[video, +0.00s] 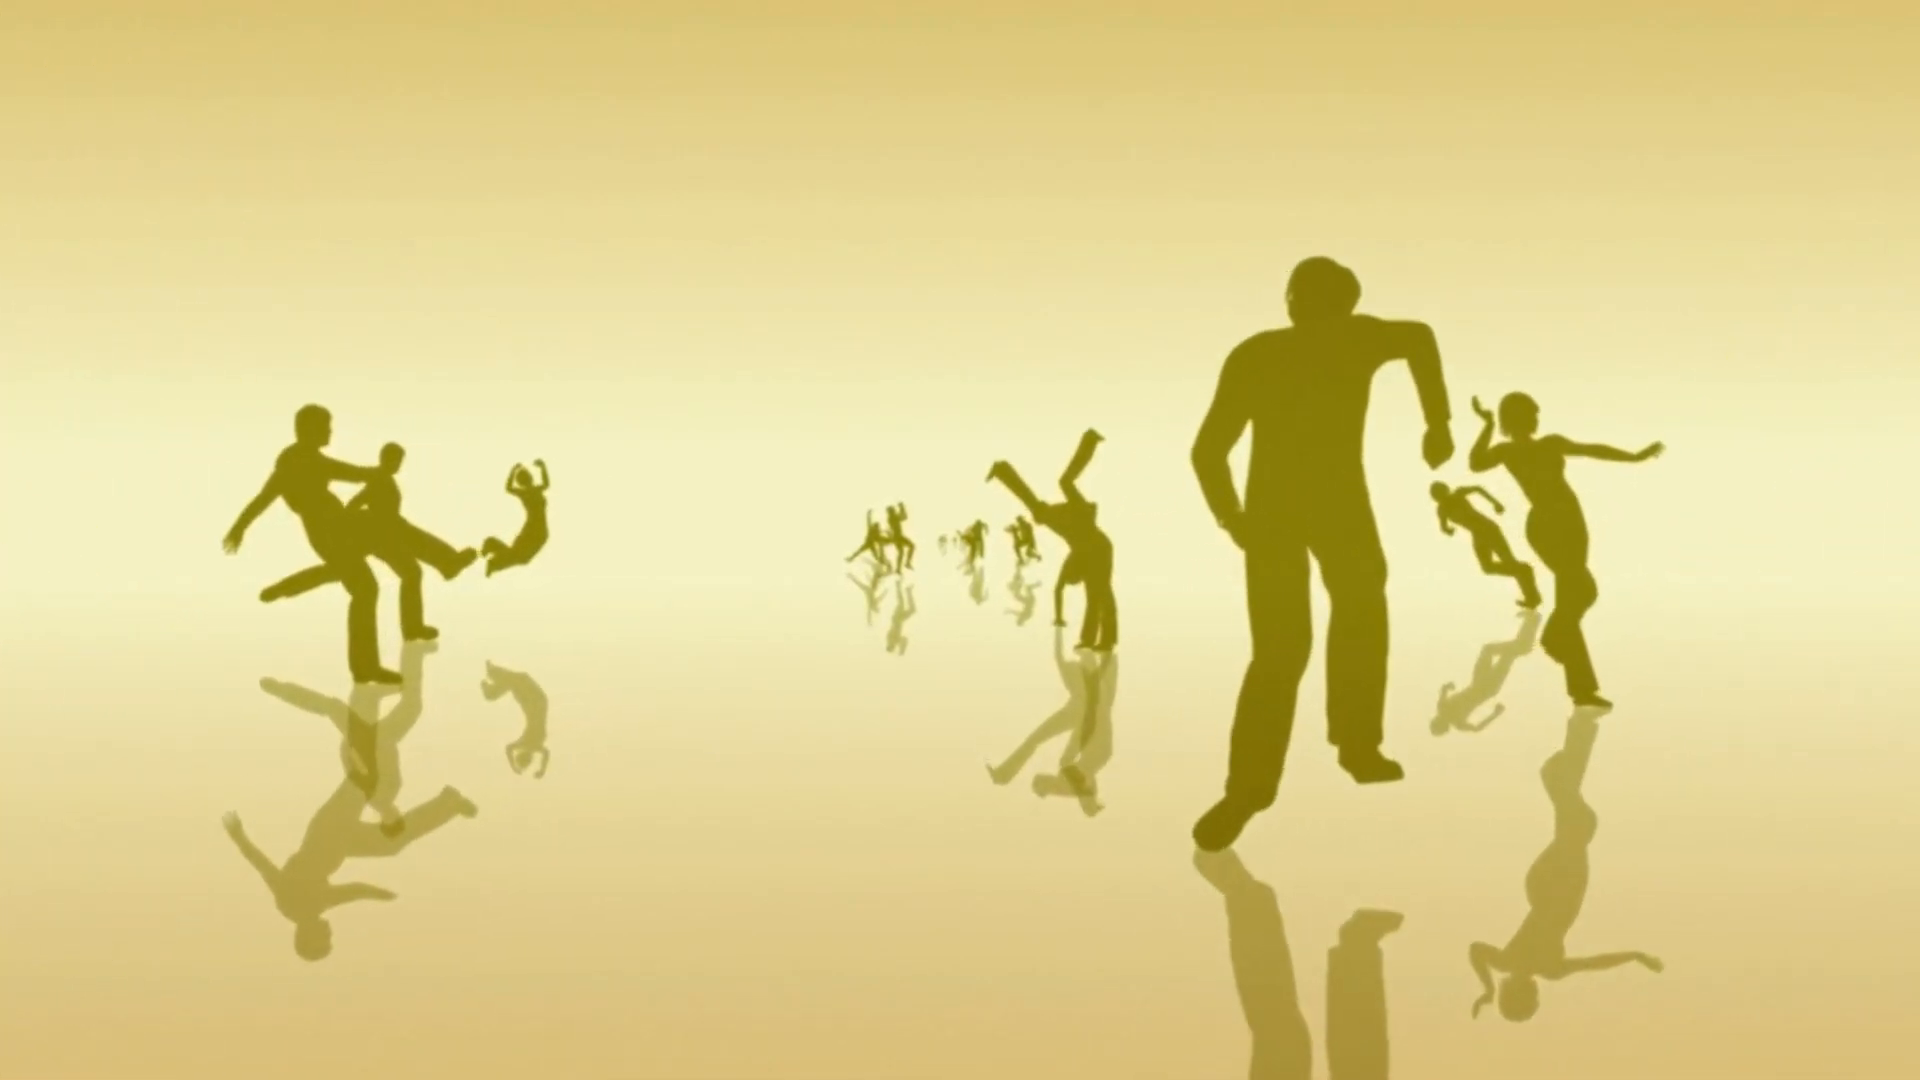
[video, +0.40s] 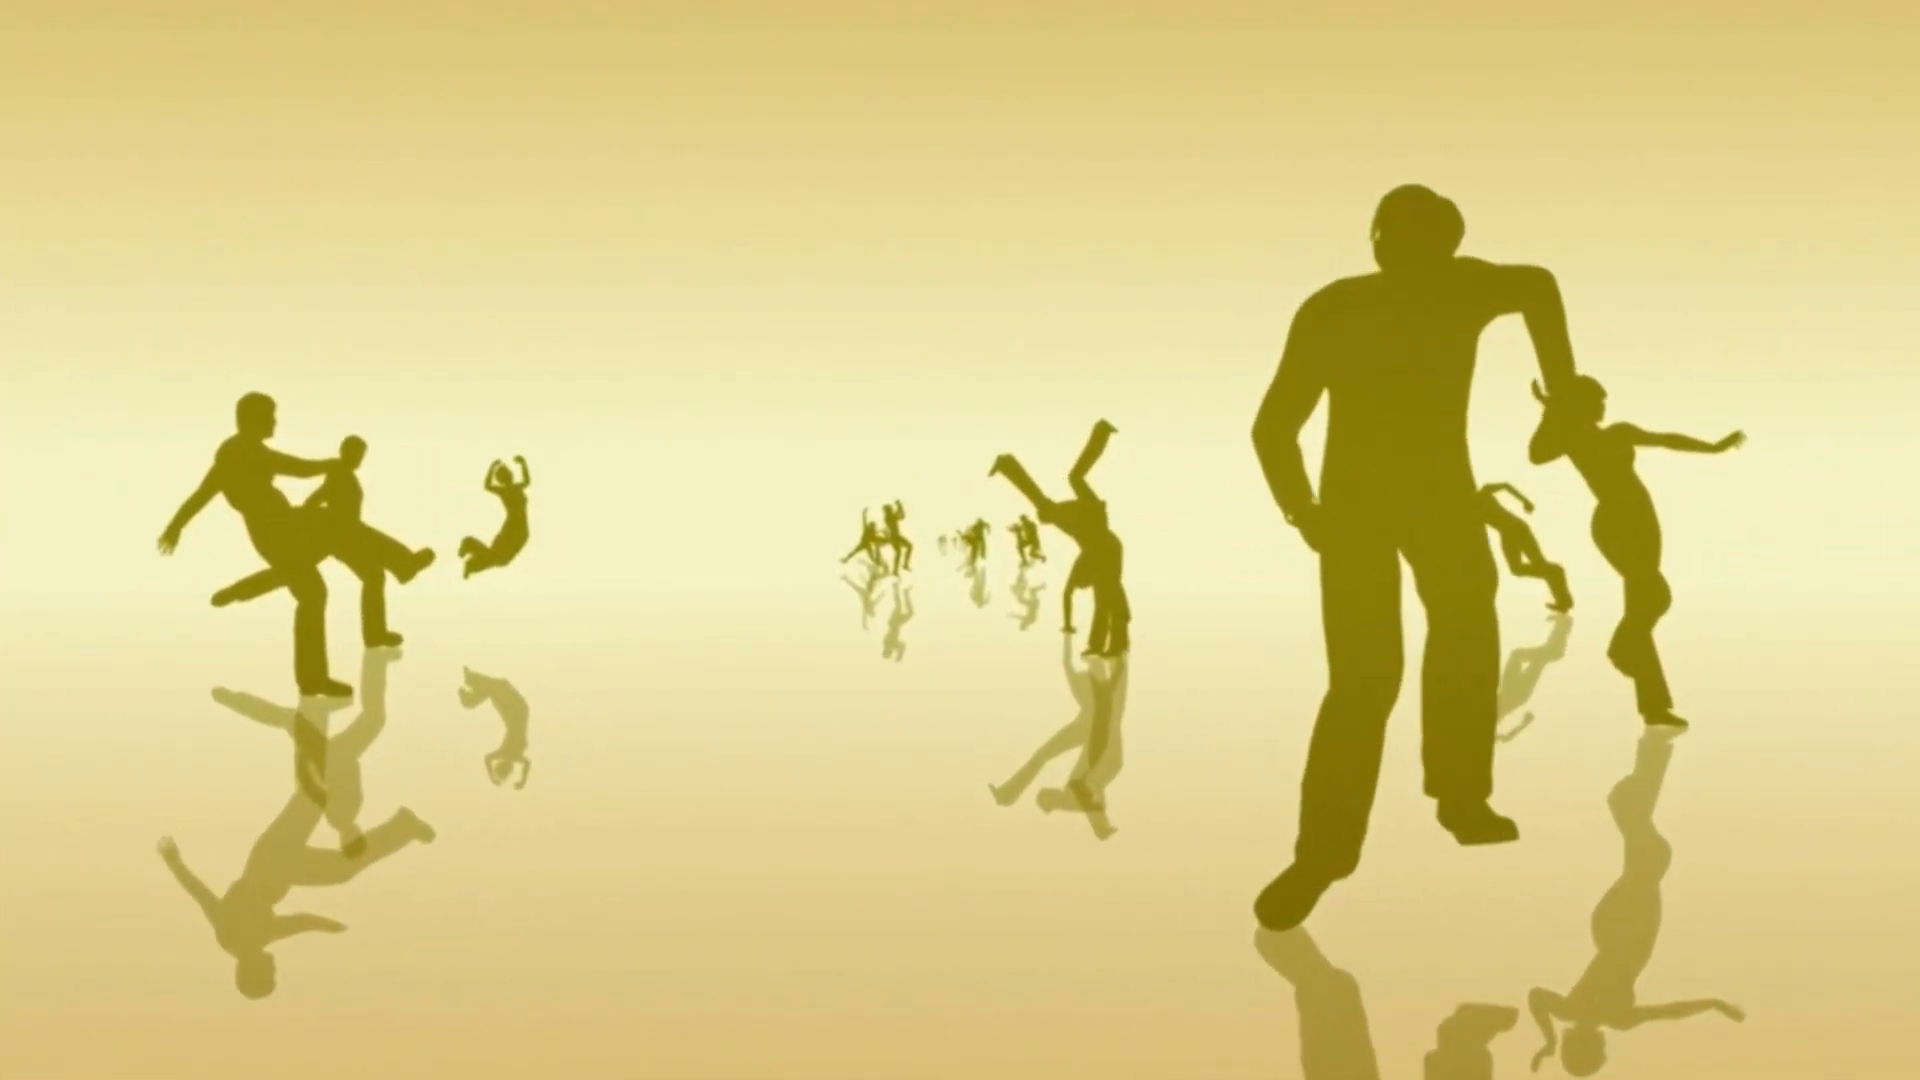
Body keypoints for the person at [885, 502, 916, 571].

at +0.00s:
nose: (894, 512)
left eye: (893, 510)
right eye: (893, 510)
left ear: (890, 512)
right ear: (892, 511)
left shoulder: (893, 518)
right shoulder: (894, 518)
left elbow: (903, 517)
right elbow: (904, 517)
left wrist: (901, 508)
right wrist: (902, 508)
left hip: (897, 536)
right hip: (898, 536)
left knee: (900, 552)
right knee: (911, 545)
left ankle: (898, 569)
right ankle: (908, 563)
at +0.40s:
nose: (891, 510)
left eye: (890, 509)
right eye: (890, 509)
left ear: (887, 510)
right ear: (889, 510)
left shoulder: (890, 517)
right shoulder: (890, 517)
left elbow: (901, 516)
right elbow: (901, 516)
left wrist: (899, 506)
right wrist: (899, 506)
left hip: (895, 536)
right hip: (894, 536)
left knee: (909, 546)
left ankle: (906, 564)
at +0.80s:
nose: (887, 509)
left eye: (886, 507)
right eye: (885, 507)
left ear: (885, 508)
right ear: (884, 508)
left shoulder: (887, 515)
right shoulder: (886, 516)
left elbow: (898, 515)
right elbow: (898, 515)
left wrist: (896, 505)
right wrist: (896, 505)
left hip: (893, 535)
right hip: (891, 536)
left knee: (907, 546)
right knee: (895, 552)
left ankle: (903, 565)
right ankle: (892, 572)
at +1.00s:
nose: (885, 508)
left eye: (884, 507)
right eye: (884, 507)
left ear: (882, 507)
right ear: (883, 507)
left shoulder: (885, 514)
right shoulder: (885, 515)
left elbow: (896, 514)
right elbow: (897, 514)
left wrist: (895, 504)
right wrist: (895, 503)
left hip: (890, 535)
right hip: (890, 536)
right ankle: (902, 566)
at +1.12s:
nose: (884, 508)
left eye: (883, 506)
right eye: (883, 506)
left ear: (881, 507)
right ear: (883, 507)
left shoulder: (883, 514)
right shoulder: (884, 515)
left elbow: (895, 514)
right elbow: (897, 514)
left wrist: (894, 503)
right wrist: (895, 503)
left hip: (889, 536)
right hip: (889, 536)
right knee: (905, 546)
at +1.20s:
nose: (883, 507)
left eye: (882, 506)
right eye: (882, 506)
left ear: (879, 507)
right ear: (881, 506)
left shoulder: (883, 513)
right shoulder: (883, 514)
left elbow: (893, 512)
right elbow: (896, 513)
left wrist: (893, 503)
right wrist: (894, 502)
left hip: (889, 535)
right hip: (888, 536)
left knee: (904, 546)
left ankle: (901, 567)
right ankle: (889, 573)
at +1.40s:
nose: (882, 506)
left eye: (880, 504)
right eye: (880, 504)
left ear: (877, 506)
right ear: (879, 505)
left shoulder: (880, 513)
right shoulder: (881, 514)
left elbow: (892, 512)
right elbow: (894, 513)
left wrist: (891, 502)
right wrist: (892, 501)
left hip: (886, 535)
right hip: (886, 536)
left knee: (903, 547)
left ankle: (899, 568)